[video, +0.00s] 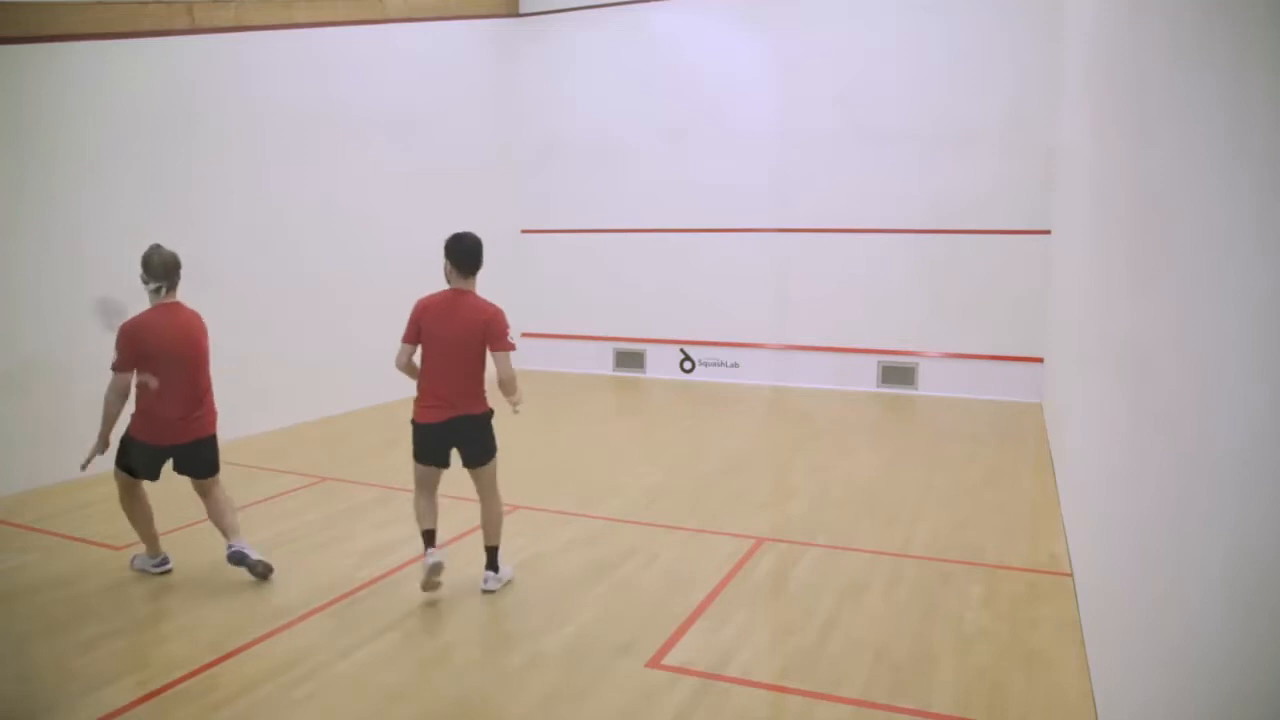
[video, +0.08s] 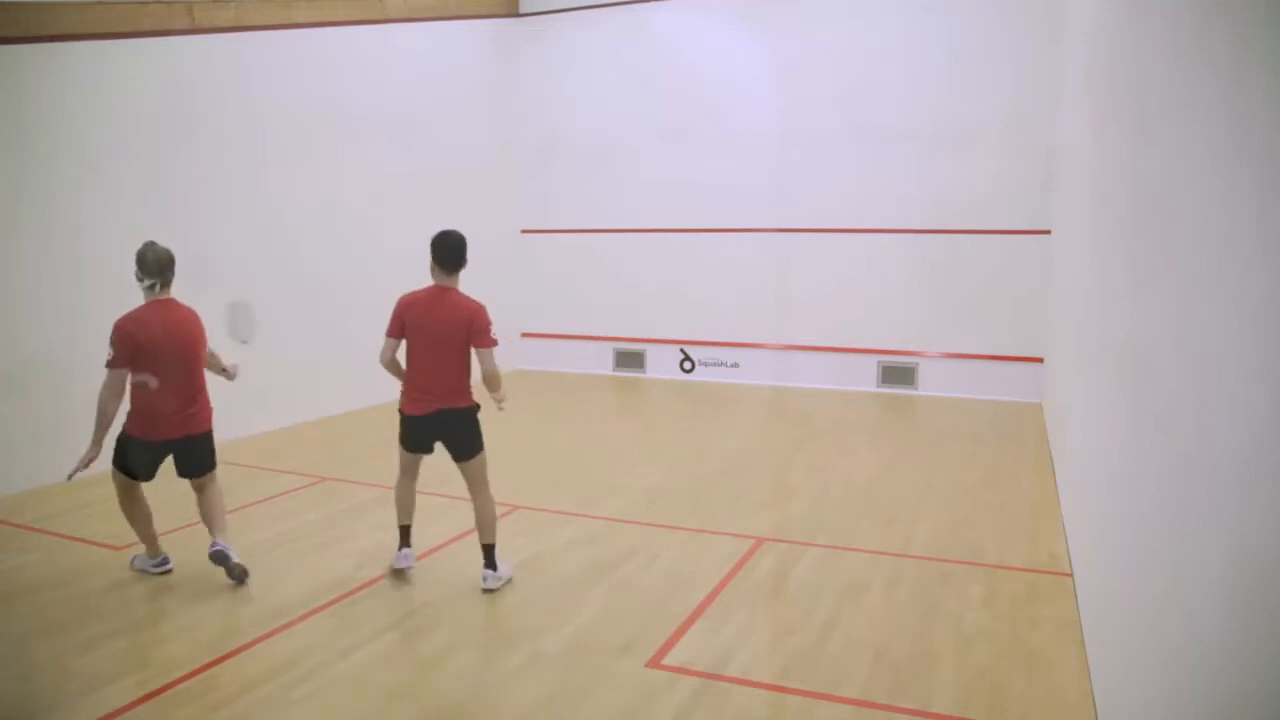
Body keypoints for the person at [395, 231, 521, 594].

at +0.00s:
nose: (443, 268)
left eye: (444, 263)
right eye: (449, 263)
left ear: (448, 267)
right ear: (480, 267)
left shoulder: (426, 307)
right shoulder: (490, 314)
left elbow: (403, 362)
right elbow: (504, 376)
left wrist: (426, 378)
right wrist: (512, 395)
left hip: (429, 419)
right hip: (473, 419)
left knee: (425, 490)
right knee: (488, 494)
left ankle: (431, 551)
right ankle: (492, 569)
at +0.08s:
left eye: (434, 259)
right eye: (459, 259)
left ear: (431, 262)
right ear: (464, 263)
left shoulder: (408, 304)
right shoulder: (473, 310)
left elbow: (386, 358)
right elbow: (488, 372)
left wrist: (405, 378)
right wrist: (497, 393)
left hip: (415, 415)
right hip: (458, 415)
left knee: (407, 477)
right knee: (480, 490)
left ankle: (404, 549)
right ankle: (490, 568)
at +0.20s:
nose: (439, 266)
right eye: (440, 262)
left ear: (408, 263)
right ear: (439, 266)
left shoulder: (383, 302)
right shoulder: (443, 311)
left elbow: (360, 351)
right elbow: (464, 368)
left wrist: (381, 378)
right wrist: (472, 387)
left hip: (392, 410)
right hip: (432, 410)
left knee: (393, 474)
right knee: (461, 477)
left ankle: (391, 545)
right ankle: (473, 552)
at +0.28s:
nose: (429, 258)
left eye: (426, 253)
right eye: (428, 254)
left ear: (395, 257)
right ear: (425, 258)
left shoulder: (373, 293)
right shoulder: (432, 302)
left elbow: (348, 341)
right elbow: (448, 359)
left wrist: (366, 369)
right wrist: (456, 381)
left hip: (378, 398)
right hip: (417, 399)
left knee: (380, 464)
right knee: (447, 462)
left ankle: (382, 532)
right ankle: (443, 540)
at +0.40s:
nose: (410, 264)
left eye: (407, 259)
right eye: (409, 260)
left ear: (377, 264)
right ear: (406, 264)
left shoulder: (357, 298)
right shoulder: (419, 306)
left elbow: (332, 344)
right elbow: (433, 362)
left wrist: (346, 371)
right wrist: (439, 383)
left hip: (362, 400)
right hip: (401, 401)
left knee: (351, 454)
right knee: (430, 458)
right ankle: (424, 530)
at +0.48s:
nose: (401, 285)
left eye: (398, 281)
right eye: (400, 281)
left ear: (369, 285)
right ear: (397, 284)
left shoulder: (349, 317)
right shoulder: (408, 326)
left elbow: (324, 359)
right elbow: (423, 384)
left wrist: (327, 390)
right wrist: (434, 390)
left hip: (350, 420)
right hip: (388, 421)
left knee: (330, 471)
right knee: (430, 457)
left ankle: (298, 530)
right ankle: (414, 528)